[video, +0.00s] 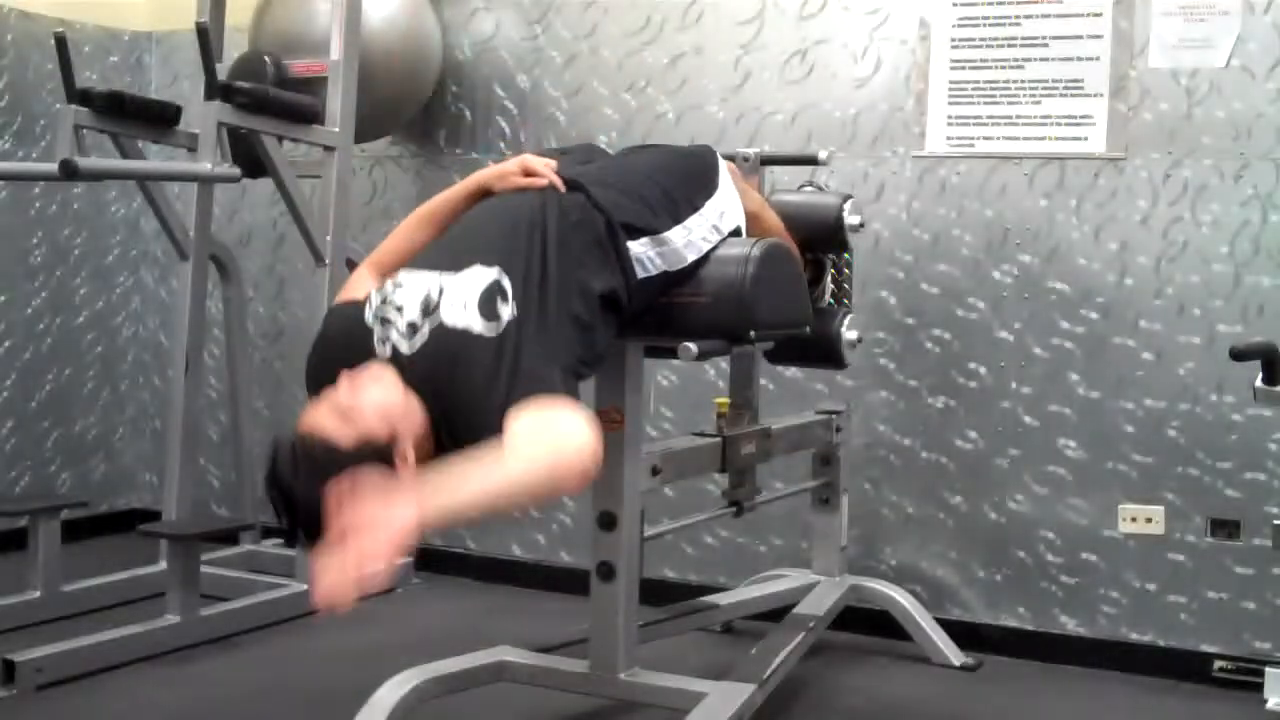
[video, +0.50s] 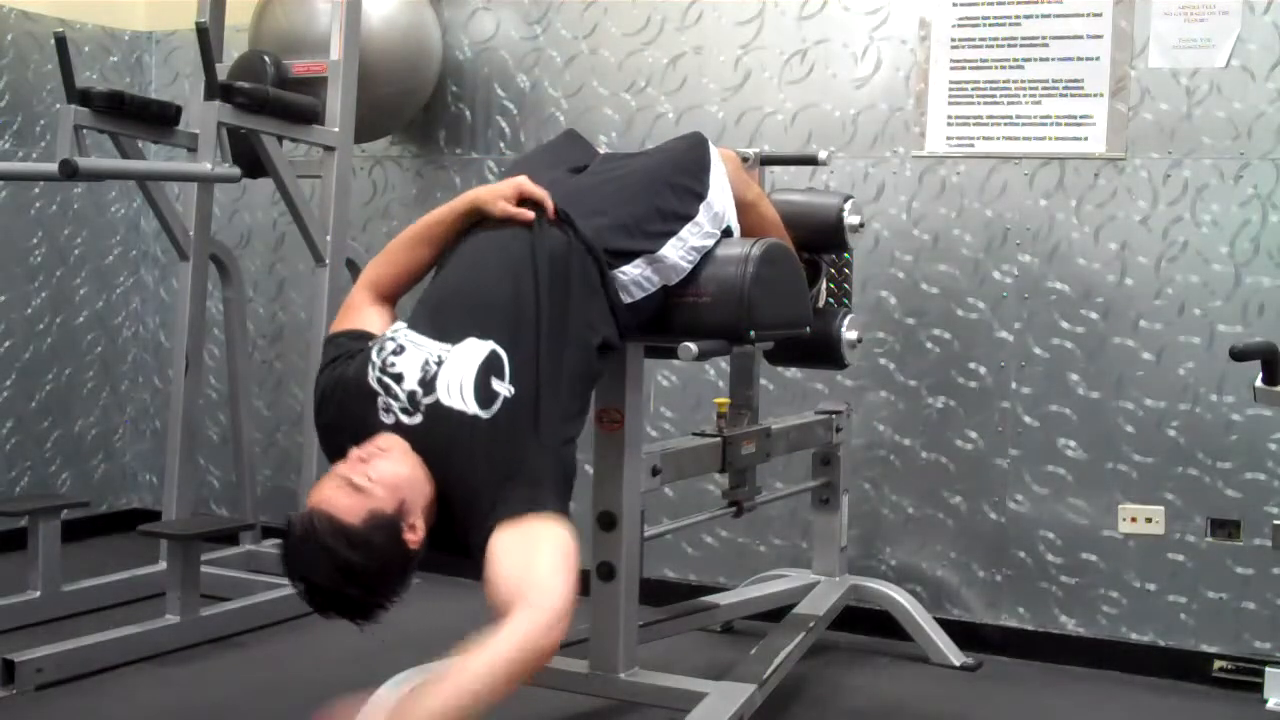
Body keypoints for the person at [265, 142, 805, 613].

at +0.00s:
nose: (356, 394)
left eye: (335, 409)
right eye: (359, 422)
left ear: (312, 401)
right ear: (402, 461)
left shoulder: (331, 354)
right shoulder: (487, 404)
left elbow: (377, 268)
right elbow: (571, 448)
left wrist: (480, 183)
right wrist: (410, 504)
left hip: (534, 198)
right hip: (606, 235)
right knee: (727, 177)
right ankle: (799, 273)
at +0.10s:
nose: (353, 433)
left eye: (334, 453)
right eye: (361, 461)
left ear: (313, 445)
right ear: (412, 505)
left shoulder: (336, 383)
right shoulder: (503, 453)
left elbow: (375, 282)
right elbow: (569, 550)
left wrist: (470, 195)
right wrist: (419, 632)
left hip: (501, 222)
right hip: (586, 241)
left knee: (579, 150)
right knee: (718, 169)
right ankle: (801, 283)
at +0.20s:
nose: (365, 456)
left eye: (347, 473)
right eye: (370, 484)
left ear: (332, 459)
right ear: (420, 536)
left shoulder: (340, 399)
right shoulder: (511, 489)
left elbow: (372, 292)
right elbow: (557, 620)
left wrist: (470, 203)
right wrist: (448, 712)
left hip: (510, 224)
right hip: (588, 253)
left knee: (570, 149)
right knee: (717, 165)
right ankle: (797, 287)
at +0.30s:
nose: (373, 470)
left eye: (353, 489)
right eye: (378, 497)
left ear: (342, 472)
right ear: (427, 542)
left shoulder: (345, 406)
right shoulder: (522, 512)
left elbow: (373, 296)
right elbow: (525, 665)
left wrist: (470, 208)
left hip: (507, 230)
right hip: (588, 261)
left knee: (568, 149)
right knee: (721, 165)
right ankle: (796, 290)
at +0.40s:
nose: (370, 473)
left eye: (351, 491)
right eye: (378, 500)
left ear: (342, 477)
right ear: (427, 543)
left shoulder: (346, 409)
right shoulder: (517, 512)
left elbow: (375, 297)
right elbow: (504, 675)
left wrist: (470, 211)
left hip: (503, 235)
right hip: (584, 262)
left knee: (570, 146)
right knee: (720, 164)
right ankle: (795, 290)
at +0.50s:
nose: (363, 461)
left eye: (344, 475)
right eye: (366, 485)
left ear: (331, 458)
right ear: (413, 535)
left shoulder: (340, 398)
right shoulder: (505, 498)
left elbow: (373, 289)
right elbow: (535, 623)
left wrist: (467, 205)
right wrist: (406, 706)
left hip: (510, 227)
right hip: (586, 265)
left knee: (582, 152)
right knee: (720, 165)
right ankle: (796, 289)